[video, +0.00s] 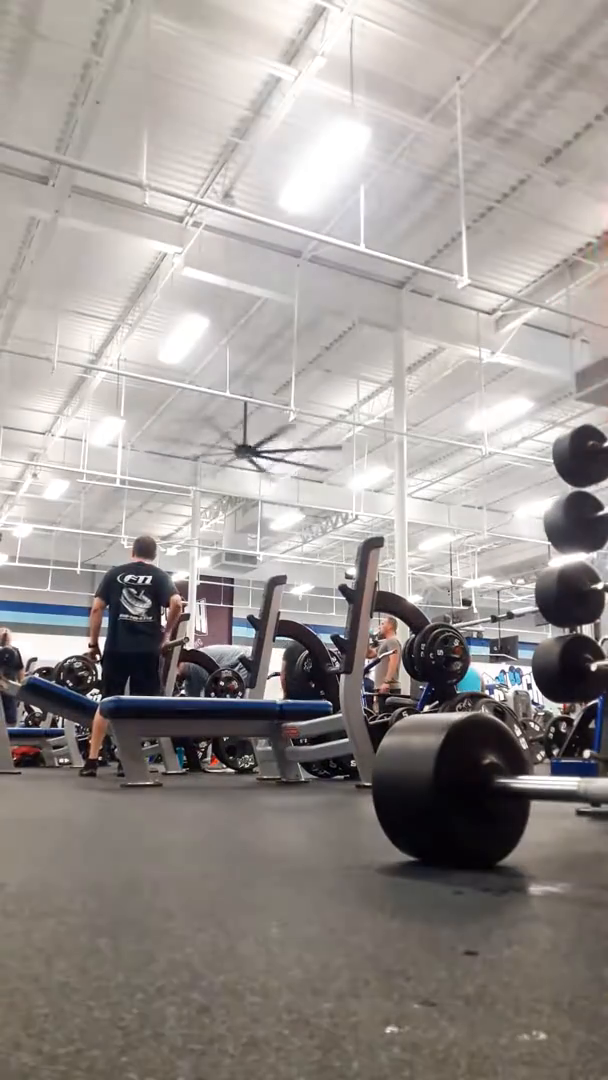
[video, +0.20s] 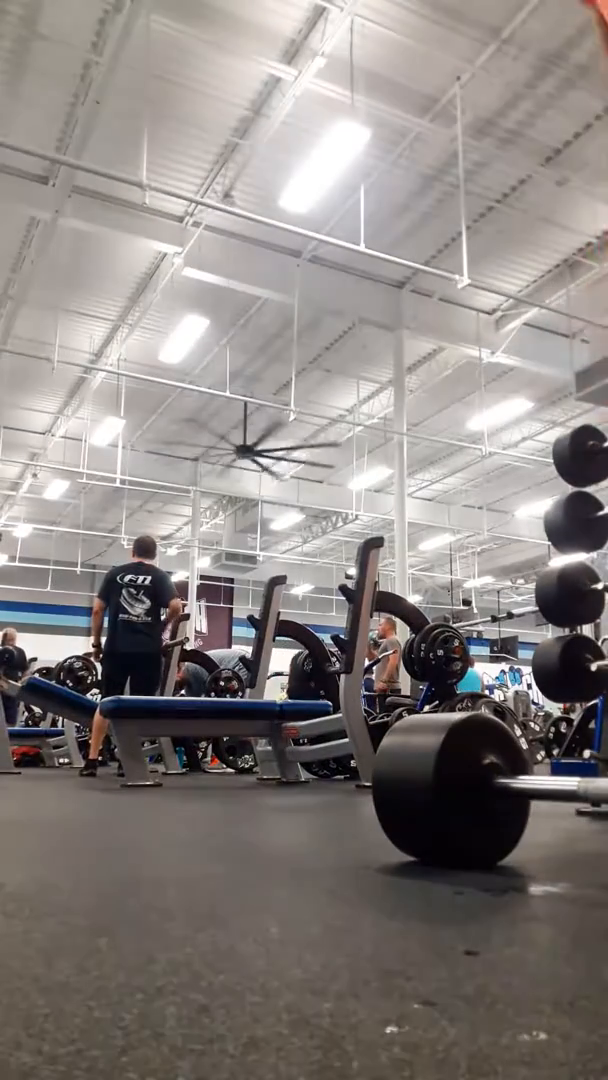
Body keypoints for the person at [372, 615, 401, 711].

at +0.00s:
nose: (380, 626)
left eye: (383, 623)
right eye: (381, 623)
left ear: (390, 626)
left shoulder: (392, 641)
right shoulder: (385, 642)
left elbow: (394, 662)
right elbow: (370, 654)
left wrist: (387, 682)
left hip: (388, 688)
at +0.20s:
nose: (379, 628)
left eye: (381, 625)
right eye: (379, 625)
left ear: (388, 627)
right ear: (389, 627)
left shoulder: (392, 641)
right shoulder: (386, 643)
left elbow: (393, 661)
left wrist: (384, 681)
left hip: (389, 688)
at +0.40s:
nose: (376, 631)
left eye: (378, 628)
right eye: (376, 628)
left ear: (386, 627)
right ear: (385, 628)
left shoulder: (392, 641)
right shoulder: (386, 642)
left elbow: (393, 660)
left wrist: (377, 675)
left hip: (388, 688)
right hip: (383, 687)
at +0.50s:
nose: (377, 631)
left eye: (380, 628)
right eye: (377, 628)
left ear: (387, 627)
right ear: (386, 628)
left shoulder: (392, 641)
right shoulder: (386, 642)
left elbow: (393, 659)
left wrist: (376, 669)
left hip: (388, 688)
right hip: (382, 687)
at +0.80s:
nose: (384, 631)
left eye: (387, 628)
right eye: (382, 628)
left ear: (392, 629)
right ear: (379, 631)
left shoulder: (394, 642)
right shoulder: (384, 644)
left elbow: (393, 660)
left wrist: (376, 664)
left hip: (390, 690)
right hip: (382, 689)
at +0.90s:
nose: (385, 631)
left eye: (387, 628)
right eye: (382, 629)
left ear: (392, 629)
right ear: (379, 631)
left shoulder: (395, 642)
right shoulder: (384, 644)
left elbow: (395, 660)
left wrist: (377, 666)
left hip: (390, 689)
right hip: (382, 689)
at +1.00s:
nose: (385, 631)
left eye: (387, 628)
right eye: (382, 629)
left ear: (392, 629)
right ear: (379, 631)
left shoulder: (395, 642)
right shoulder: (383, 644)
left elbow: (396, 660)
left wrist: (377, 665)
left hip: (391, 688)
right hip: (383, 688)